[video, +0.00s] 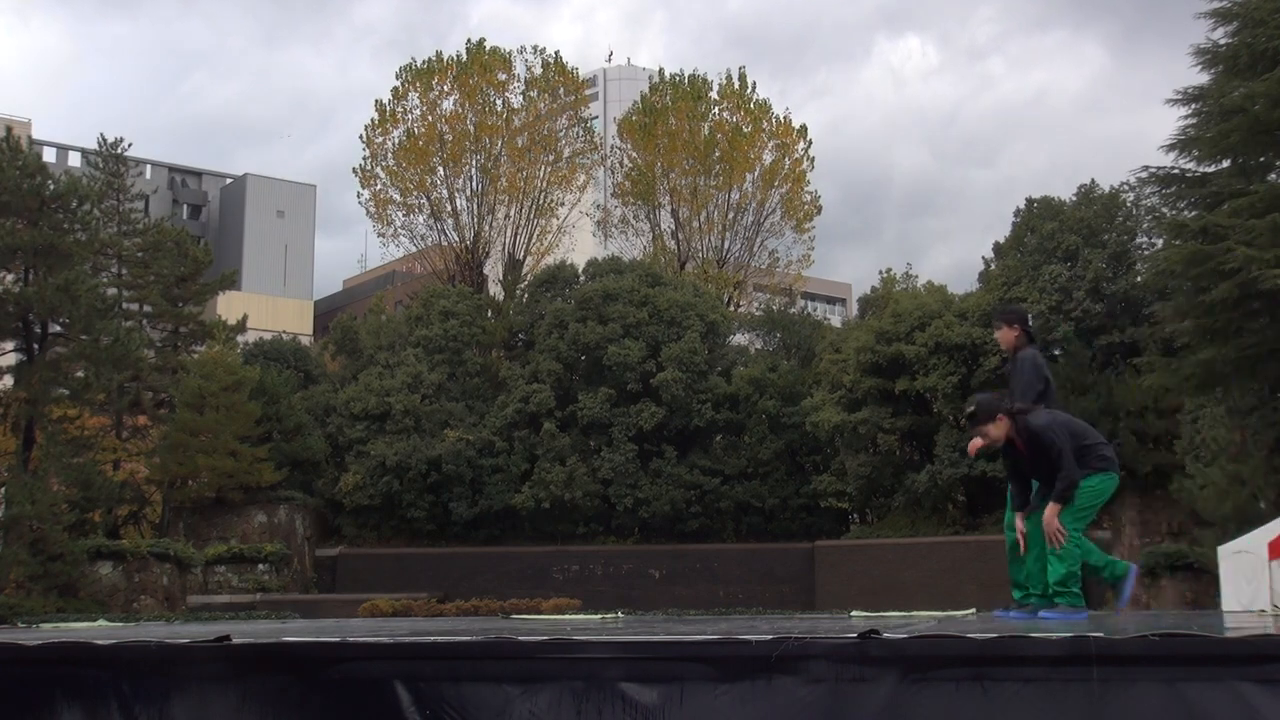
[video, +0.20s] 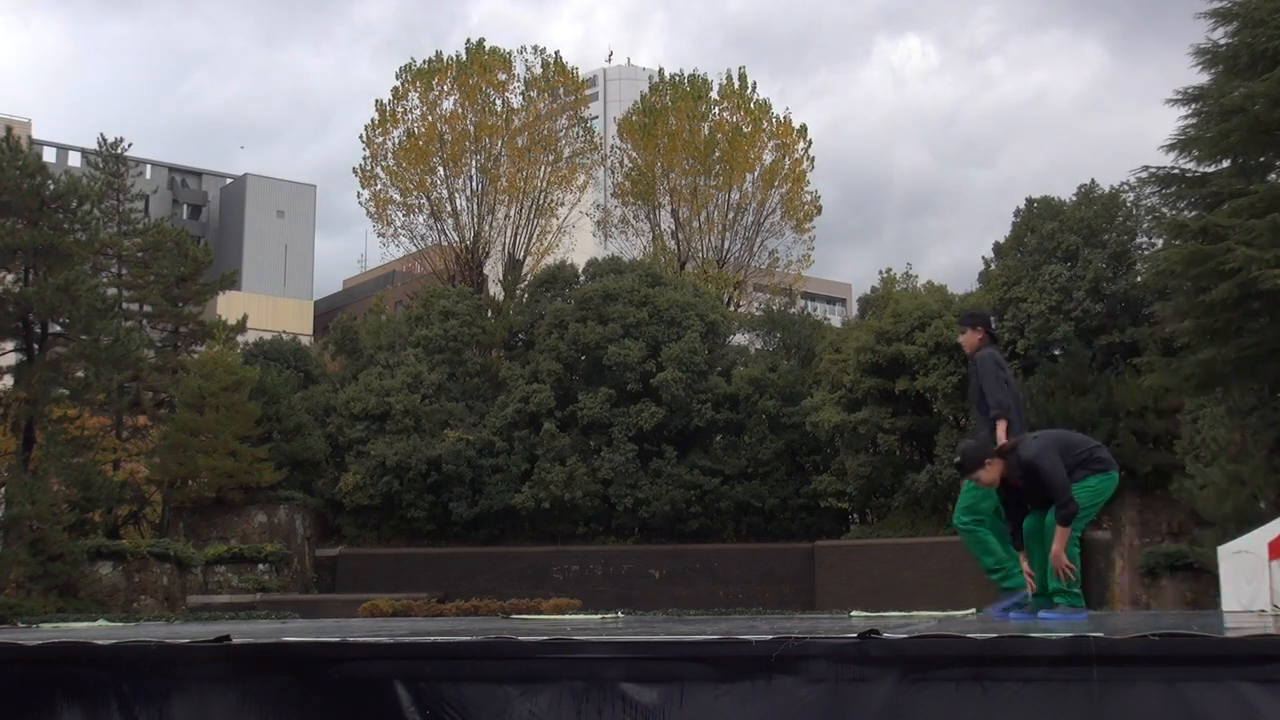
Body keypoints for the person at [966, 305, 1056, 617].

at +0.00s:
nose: (997, 336)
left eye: (1000, 330)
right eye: (996, 330)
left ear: (1017, 331)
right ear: (1016, 332)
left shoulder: (1028, 360)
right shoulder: (1018, 360)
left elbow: (1022, 410)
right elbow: (1016, 407)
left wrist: (988, 436)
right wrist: (988, 437)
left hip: (1034, 457)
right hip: (1021, 452)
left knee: (1017, 522)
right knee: (1015, 522)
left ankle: (1029, 595)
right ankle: (1027, 594)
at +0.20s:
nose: (960, 339)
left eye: (964, 333)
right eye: (960, 333)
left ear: (979, 333)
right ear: (980, 334)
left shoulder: (984, 358)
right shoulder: (991, 358)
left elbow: (999, 401)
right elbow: (1003, 403)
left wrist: (1001, 441)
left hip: (991, 453)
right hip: (1001, 450)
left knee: (966, 518)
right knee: (995, 518)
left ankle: (1012, 585)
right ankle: (1022, 585)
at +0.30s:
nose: (940, 341)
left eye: (944, 335)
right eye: (940, 336)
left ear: (961, 334)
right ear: (961, 335)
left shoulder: (966, 357)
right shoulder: (967, 361)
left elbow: (988, 394)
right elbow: (969, 423)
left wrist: (1007, 426)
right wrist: (932, 450)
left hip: (972, 455)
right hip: (987, 453)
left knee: (946, 519)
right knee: (995, 525)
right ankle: (1026, 594)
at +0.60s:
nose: (882, 344)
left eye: (886, 337)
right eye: (882, 338)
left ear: (903, 336)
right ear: (900, 338)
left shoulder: (913, 361)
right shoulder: (904, 368)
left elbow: (938, 397)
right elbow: (913, 429)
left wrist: (958, 429)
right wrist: (892, 469)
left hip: (921, 461)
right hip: (915, 462)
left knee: (896, 529)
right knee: (910, 525)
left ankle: (909, 604)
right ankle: (976, 545)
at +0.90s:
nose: (847, 339)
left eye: (851, 333)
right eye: (847, 334)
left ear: (869, 332)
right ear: (864, 333)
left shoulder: (889, 354)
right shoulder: (870, 364)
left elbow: (920, 387)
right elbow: (881, 410)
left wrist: (933, 417)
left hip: (899, 455)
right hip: (869, 455)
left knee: (894, 531)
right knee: (831, 497)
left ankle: (909, 603)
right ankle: (892, 483)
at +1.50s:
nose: (774, 335)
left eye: (781, 330)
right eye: (773, 329)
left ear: (798, 334)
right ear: (775, 333)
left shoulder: (815, 368)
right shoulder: (777, 373)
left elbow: (847, 406)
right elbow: (773, 421)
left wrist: (876, 440)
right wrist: (761, 452)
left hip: (816, 459)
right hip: (787, 463)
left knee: (811, 511)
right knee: (786, 531)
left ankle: (883, 537)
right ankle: (789, 604)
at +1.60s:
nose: (770, 333)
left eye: (776, 329)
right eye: (769, 327)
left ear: (793, 333)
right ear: (771, 331)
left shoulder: (807, 372)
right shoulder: (766, 368)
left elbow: (838, 410)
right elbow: (757, 410)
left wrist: (870, 445)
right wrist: (743, 443)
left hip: (801, 458)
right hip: (777, 461)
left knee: (787, 501)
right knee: (778, 531)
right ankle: (789, 604)